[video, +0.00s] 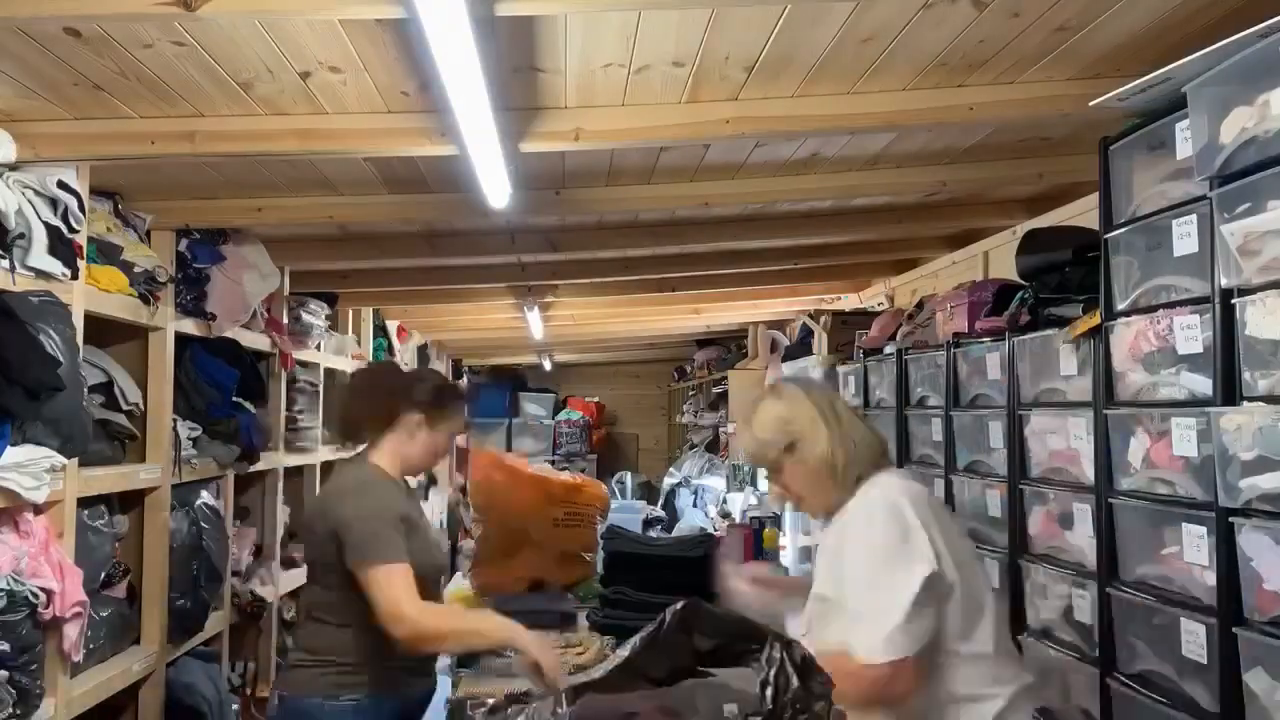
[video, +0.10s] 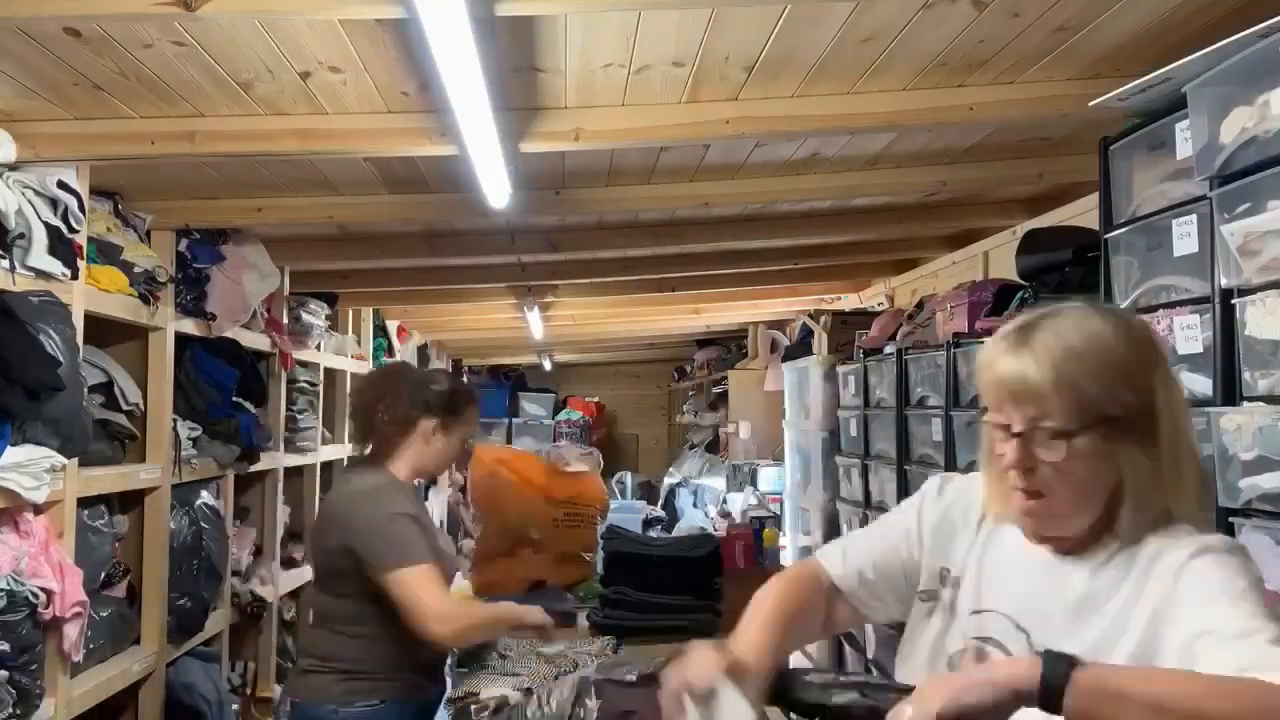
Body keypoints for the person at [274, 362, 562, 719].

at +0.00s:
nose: (445, 452)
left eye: (451, 440)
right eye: (446, 436)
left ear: (414, 423)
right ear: (414, 423)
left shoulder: (386, 491)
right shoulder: (365, 495)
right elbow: (406, 621)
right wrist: (513, 634)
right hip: (345, 701)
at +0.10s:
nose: (461, 455)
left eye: (466, 443)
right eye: (462, 440)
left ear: (429, 431)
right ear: (431, 431)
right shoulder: (376, 500)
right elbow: (440, 622)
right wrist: (518, 615)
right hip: (358, 705)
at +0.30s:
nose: (393, 438)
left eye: (397, 425)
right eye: (394, 423)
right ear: (368, 417)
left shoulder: (302, 491)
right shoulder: (352, 492)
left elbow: (406, 496)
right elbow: (482, 505)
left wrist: (457, 430)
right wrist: (500, 416)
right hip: (374, 701)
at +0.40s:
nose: (407, 438)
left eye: (409, 426)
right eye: (405, 423)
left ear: (364, 421)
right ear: (365, 420)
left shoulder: (308, 484)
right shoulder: (364, 490)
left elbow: (384, 558)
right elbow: (441, 601)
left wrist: (468, 553)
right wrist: (518, 592)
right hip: (372, 700)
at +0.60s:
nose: (423, 421)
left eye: (430, 412)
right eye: (417, 412)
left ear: (443, 415)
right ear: (405, 413)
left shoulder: (456, 457)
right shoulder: (384, 452)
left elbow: (469, 513)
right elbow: (361, 512)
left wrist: (450, 537)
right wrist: (362, 565)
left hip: (427, 568)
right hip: (379, 566)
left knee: (417, 655)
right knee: (366, 660)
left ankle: (419, 716)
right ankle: (377, 711)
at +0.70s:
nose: (421, 446)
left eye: (425, 436)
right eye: (412, 434)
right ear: (377, 430)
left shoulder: (408, 486)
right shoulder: (338, 484)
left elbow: (415, 561)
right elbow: (361, 572)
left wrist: (438, 619)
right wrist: (446, 544)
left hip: (385, 645)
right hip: (320, 646)